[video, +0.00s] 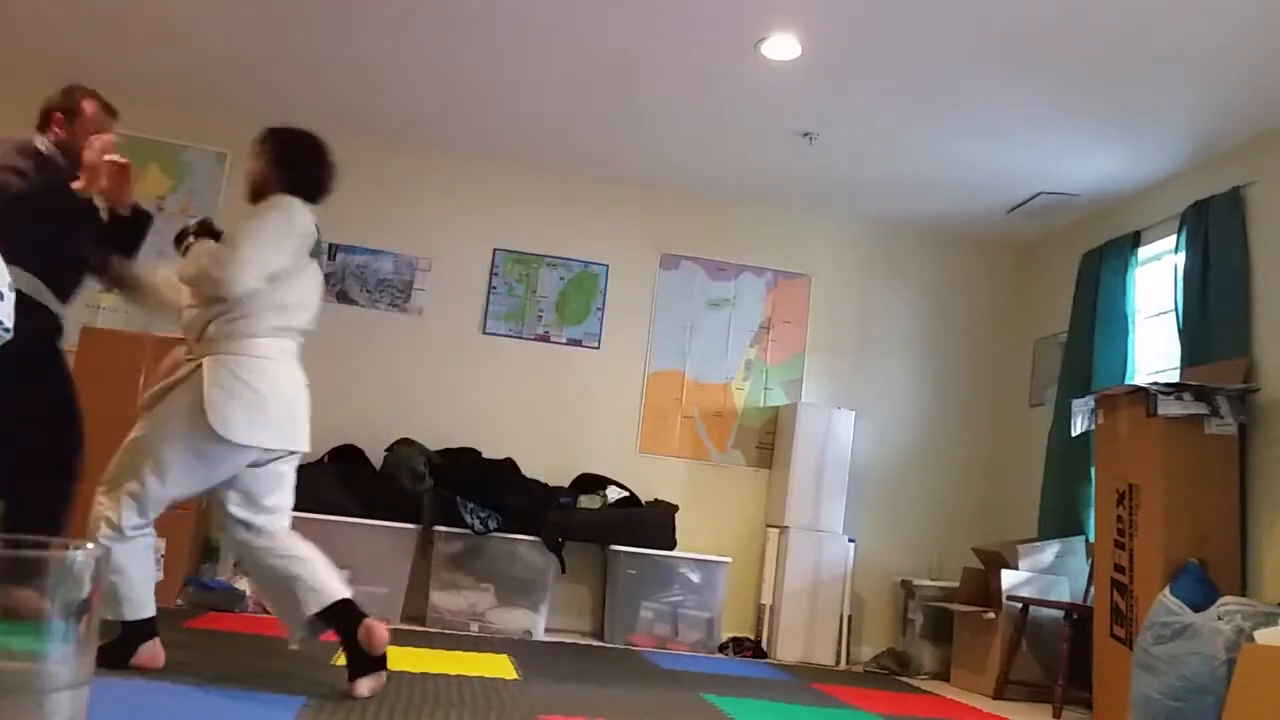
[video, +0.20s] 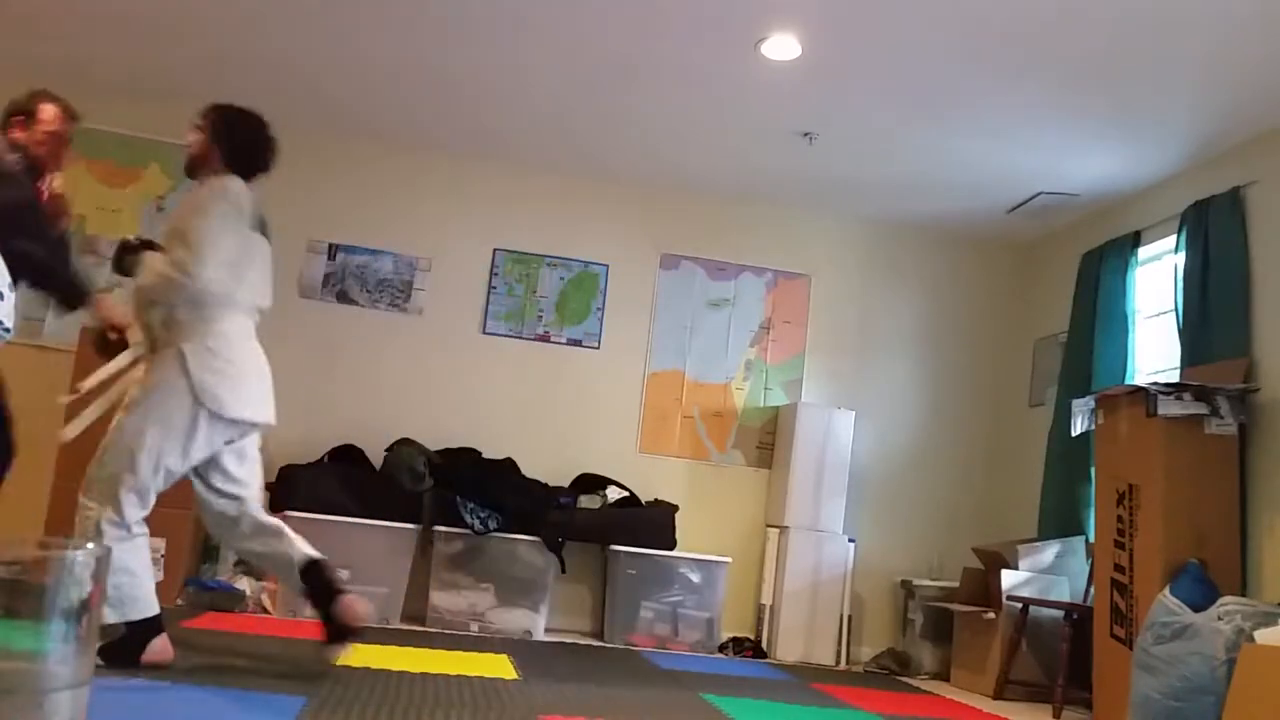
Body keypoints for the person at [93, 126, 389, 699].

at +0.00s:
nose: (250, 166)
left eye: (258, 157)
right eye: (254, 155)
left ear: (277, 167)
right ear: (307, 177)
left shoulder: (282, 212)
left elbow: (233, 277)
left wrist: (196, 245)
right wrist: (122, 271)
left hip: (236, 388)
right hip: (282, 397)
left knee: (123, 499)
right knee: (258, 529)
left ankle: (136, 633)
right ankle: (354, 626)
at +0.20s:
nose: (187, 141)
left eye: (198, 133)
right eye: (193, 131)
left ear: (221, 147)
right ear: (241, 154)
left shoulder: (216, 195)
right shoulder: (243, 208)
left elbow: (199, 278)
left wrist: (142, 269)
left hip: (198, 375)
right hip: (239, 379)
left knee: (110, 493)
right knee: (235, 516)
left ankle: (138, 628)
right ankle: (324, 588)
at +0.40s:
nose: (167, 148)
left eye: (172, 139)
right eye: (170, 138)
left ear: (189, 145)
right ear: (231, 157)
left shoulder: (167, 185)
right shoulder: (255, 232)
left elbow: (90, 259)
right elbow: (252, 322)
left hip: (155, 361)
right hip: (222, 382)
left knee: (43, 451)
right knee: (205, 498)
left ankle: (55, 583)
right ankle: (239, 632)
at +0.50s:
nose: (156, 153)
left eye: (160, 145)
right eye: (161, 144)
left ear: (169, 153)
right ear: (219, 168)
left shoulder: (132, 198)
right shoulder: (237, 238)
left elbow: (42, 232)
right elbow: (242, 328)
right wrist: (193, 354)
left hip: (128, 373)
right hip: (204, 388)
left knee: (17, 471)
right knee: (211, 508)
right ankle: (248, 629)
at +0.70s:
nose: (92, 156)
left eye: (98, 150)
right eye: (98, 149)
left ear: (104, 156)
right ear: (158, 176)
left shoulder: (55, 194)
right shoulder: (177, 233)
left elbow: (2, 215)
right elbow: (198, 312)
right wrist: (154, 367)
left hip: (42, 370)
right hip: (131, 383)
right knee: (167, 498)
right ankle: (205, 598)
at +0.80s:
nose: (83, 142)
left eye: (88, 136)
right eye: (89, 135)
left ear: (97, 142)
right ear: (150, 159)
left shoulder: (52, 179)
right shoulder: (172, 218)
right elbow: (188, 299)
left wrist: (21, 286)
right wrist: (139, 329)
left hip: (40, 343)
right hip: (123, 358)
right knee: (143, 481)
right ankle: (171, 585)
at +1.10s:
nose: (130, 168)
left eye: (134, 160)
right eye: (135, 160)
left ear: (142, 165)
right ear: (192, 178)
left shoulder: (103, 197)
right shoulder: (214, 243)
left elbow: (24, 255)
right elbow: (194, 327)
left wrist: (8, 237)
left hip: (77, 359)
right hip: (150, 380)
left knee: (0, 469)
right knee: (144, 507)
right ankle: (159, 611)